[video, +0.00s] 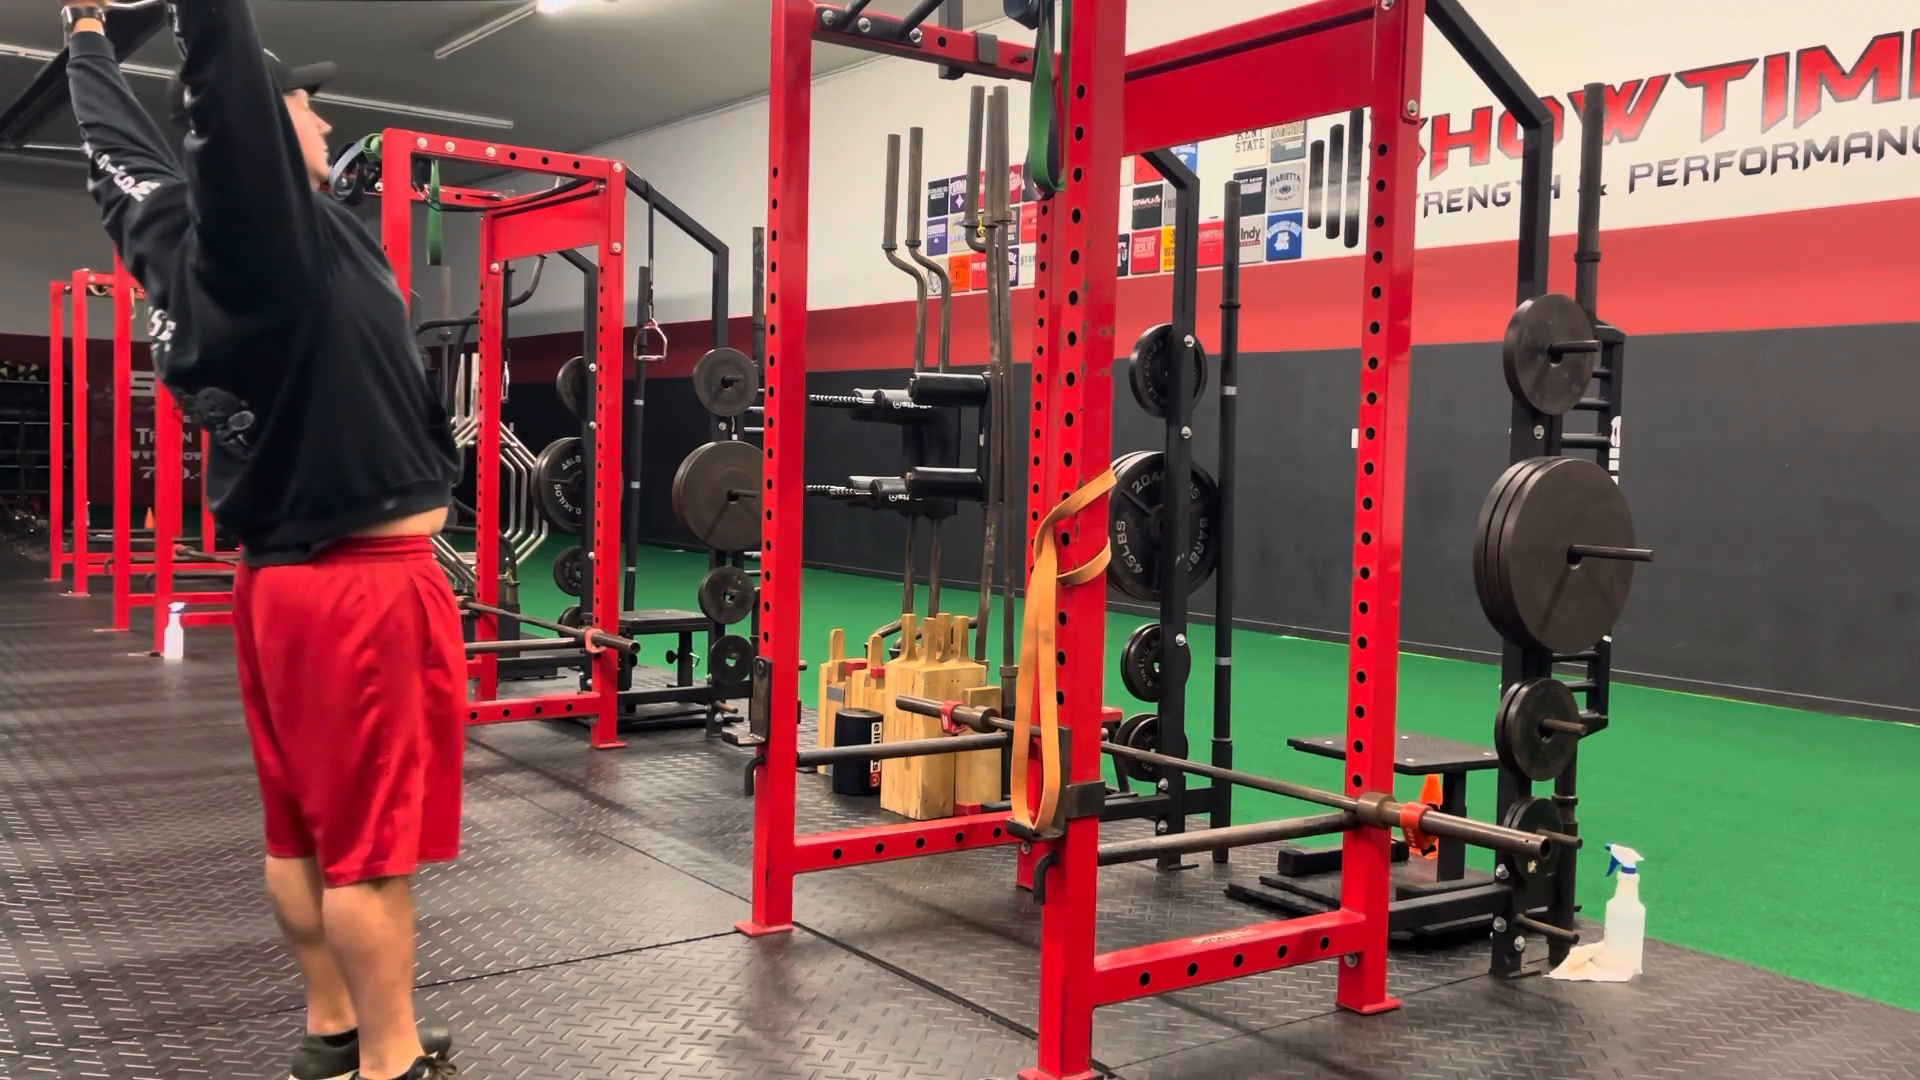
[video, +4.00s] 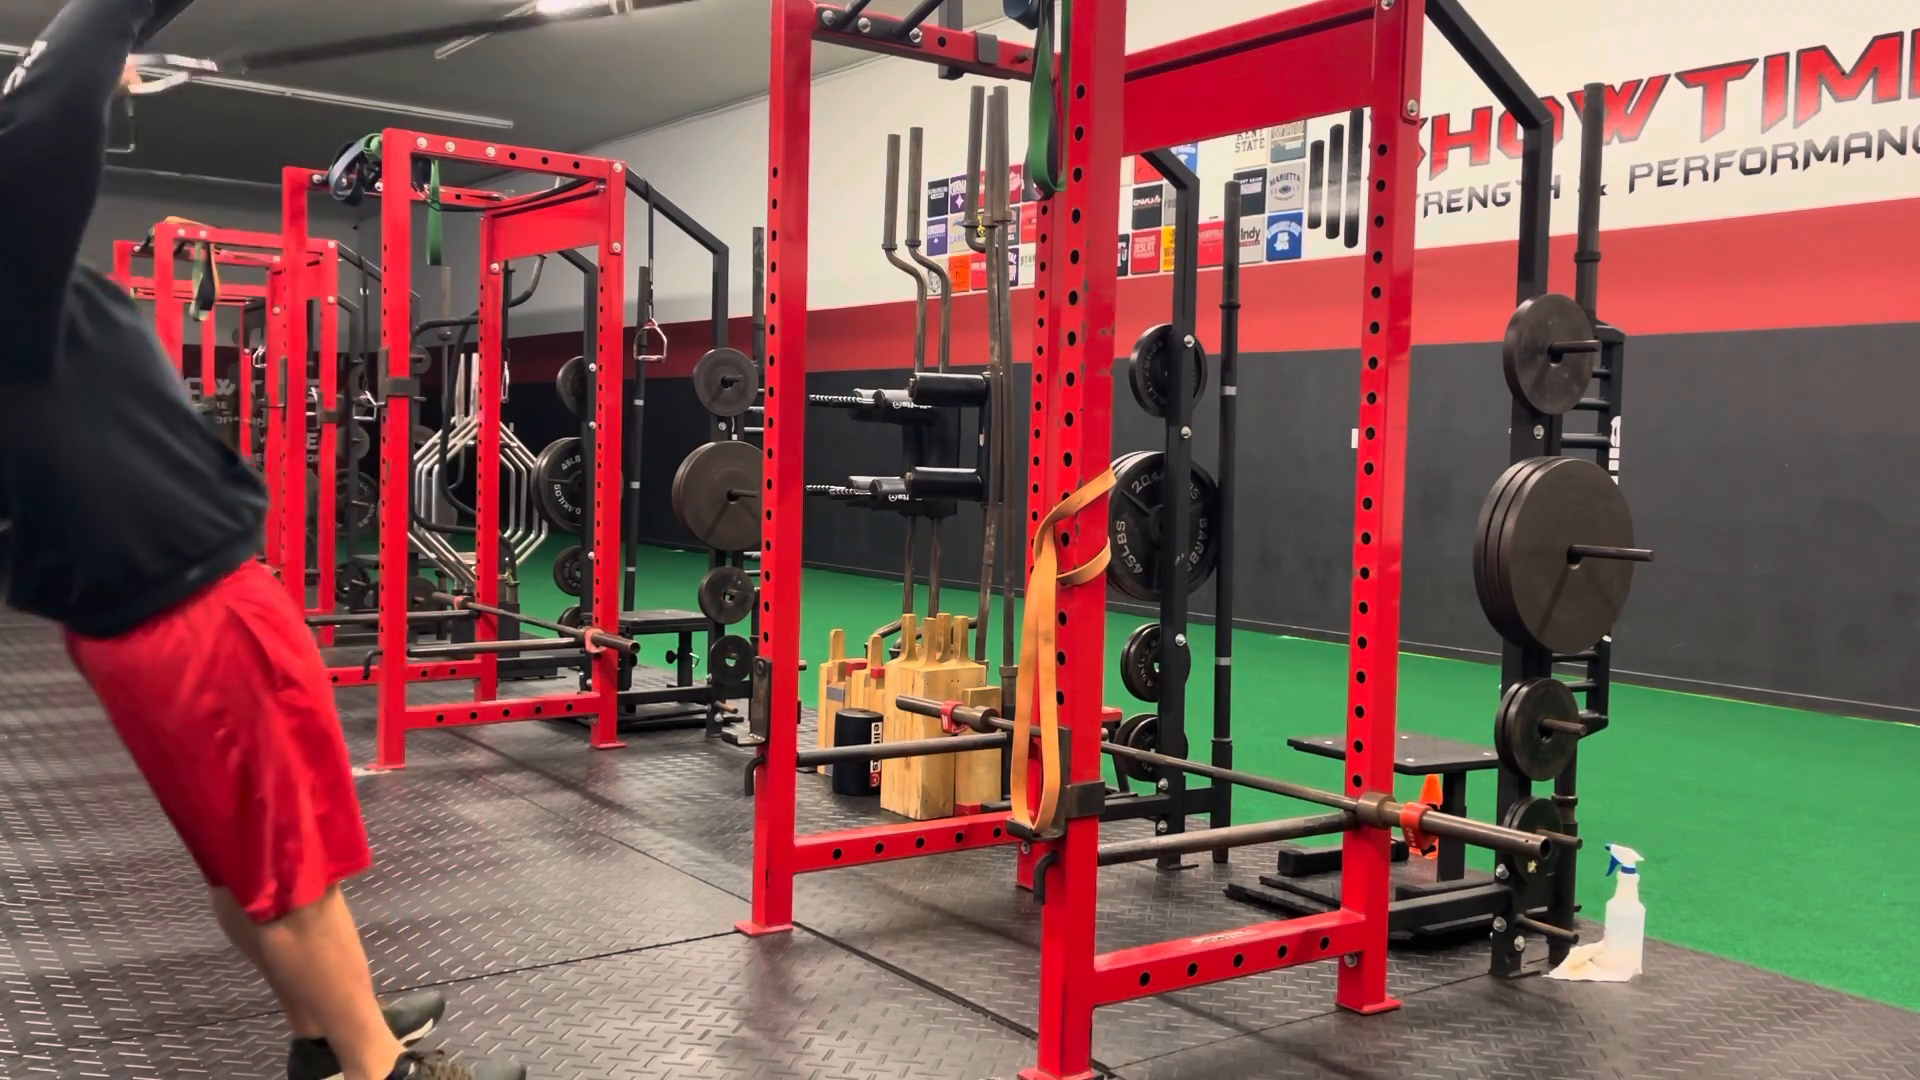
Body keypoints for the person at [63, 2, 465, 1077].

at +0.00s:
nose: (321, 120)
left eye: (313, 104)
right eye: (305, 104)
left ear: (238, 144)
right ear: (260, 127)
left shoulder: (189, 248)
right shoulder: (287, 227)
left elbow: (128, 159)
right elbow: (228, 53)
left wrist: (87, 34)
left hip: (279, 585)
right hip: (363, 589)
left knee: (297, 830)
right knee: (371, 854)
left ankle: (334, 1024)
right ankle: (392, 1057)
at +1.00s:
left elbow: (25, 263)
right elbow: (24, 272)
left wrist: (170, 167)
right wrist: (179, 159)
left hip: (77, 600)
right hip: (74, 611)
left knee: (220, 836)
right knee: (233, 857)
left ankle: (331, 1026)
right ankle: (367, 1063)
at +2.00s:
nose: (35, 115)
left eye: (26, 98)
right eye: (17, 107)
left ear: (14, 144)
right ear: (1, 151)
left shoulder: (49, 265)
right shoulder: (48, 274)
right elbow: (93, 93)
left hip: (199, 613)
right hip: (244, 608)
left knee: (278, 856)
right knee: (319, 865)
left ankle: (327, 1033)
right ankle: (380, 1057)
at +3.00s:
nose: (368, 127)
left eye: (361, 110)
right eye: (350, 110)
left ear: (281, 151)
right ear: (305, 126)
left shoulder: (224, 237)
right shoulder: (322, 229)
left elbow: (163, 153)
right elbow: (269, 72)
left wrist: (107, 39)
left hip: (303, 583)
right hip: (387, 587)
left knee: (314, 828)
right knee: (385, 850)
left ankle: (337, 1025)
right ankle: (395, 1057)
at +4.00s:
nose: (111, 98)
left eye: (106, 83)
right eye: (92, 80)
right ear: (38, 127)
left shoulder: (27, 263)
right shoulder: (19, 260)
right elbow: (71, 70)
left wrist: (92, 70)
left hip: (131, 616)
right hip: (186, 609)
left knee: (248, 863)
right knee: (292, 877)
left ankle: (329, 1032)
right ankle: (376, 1061)